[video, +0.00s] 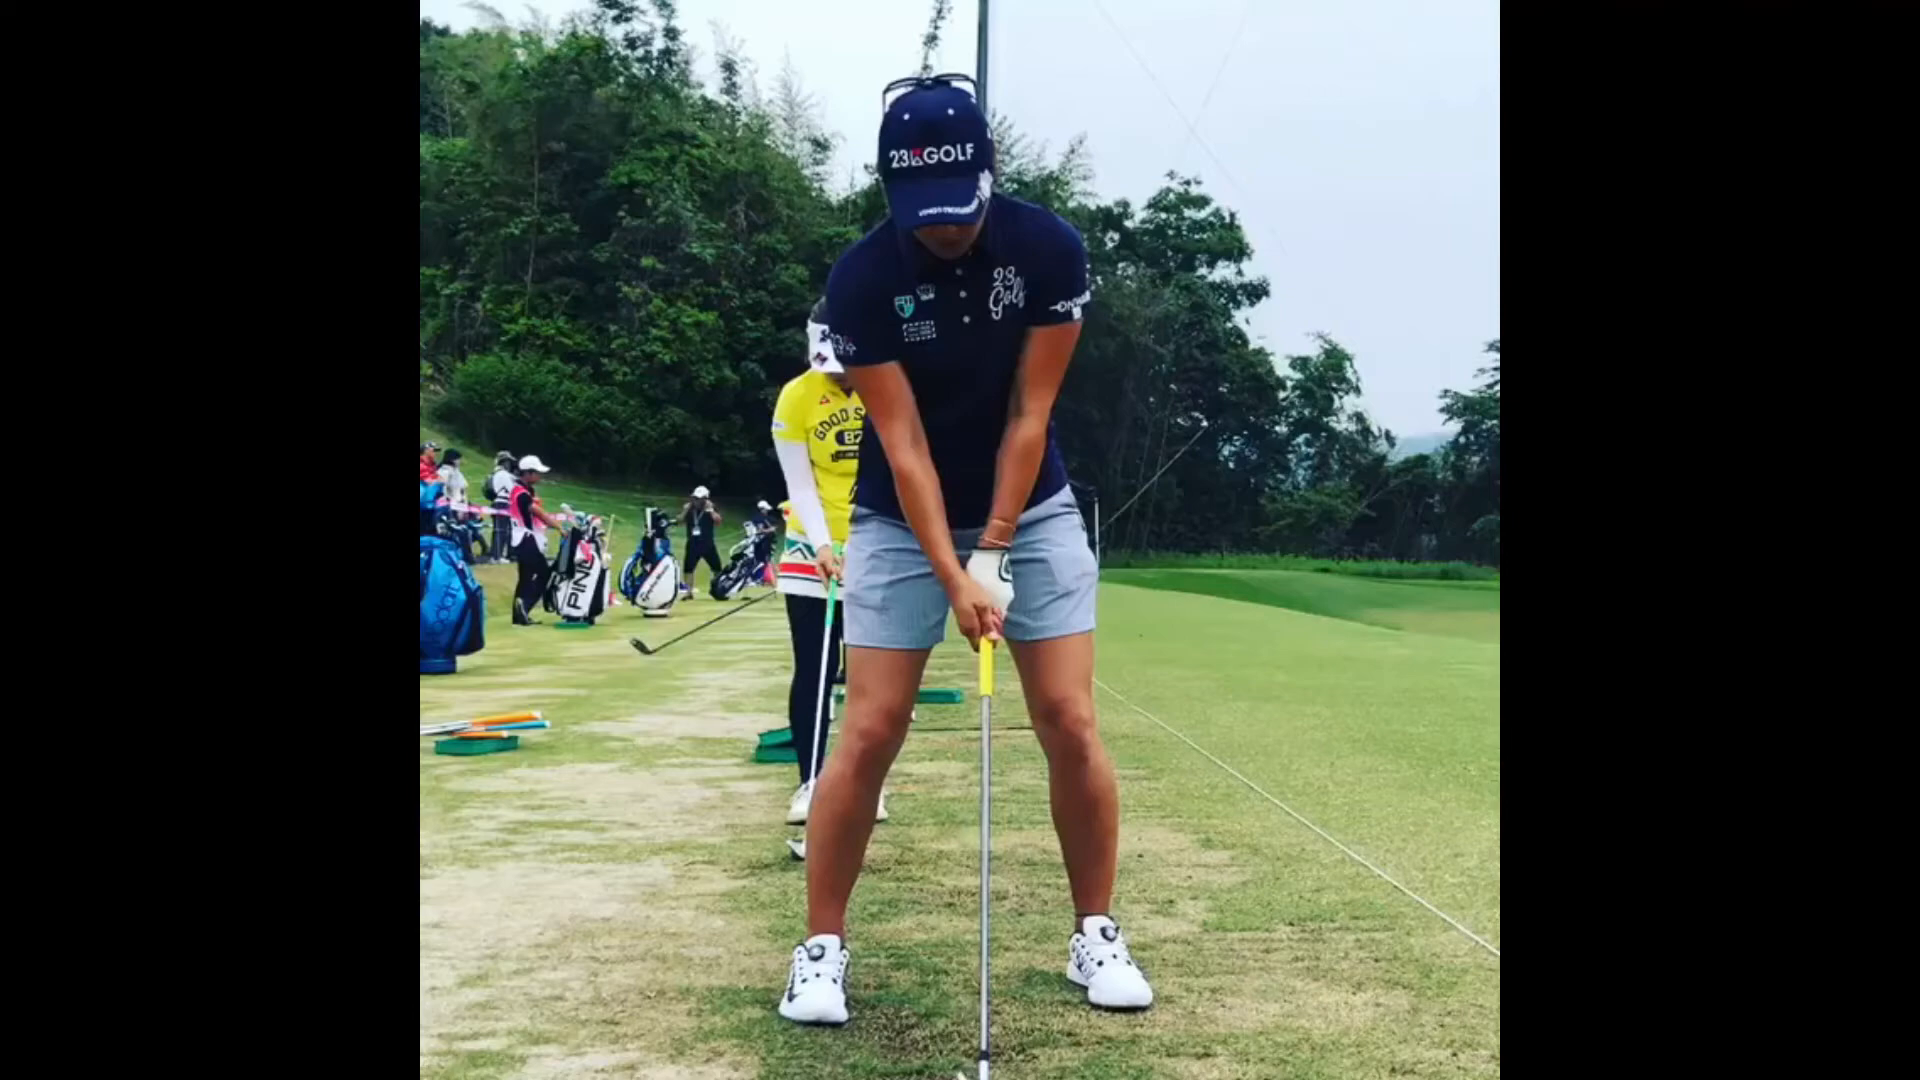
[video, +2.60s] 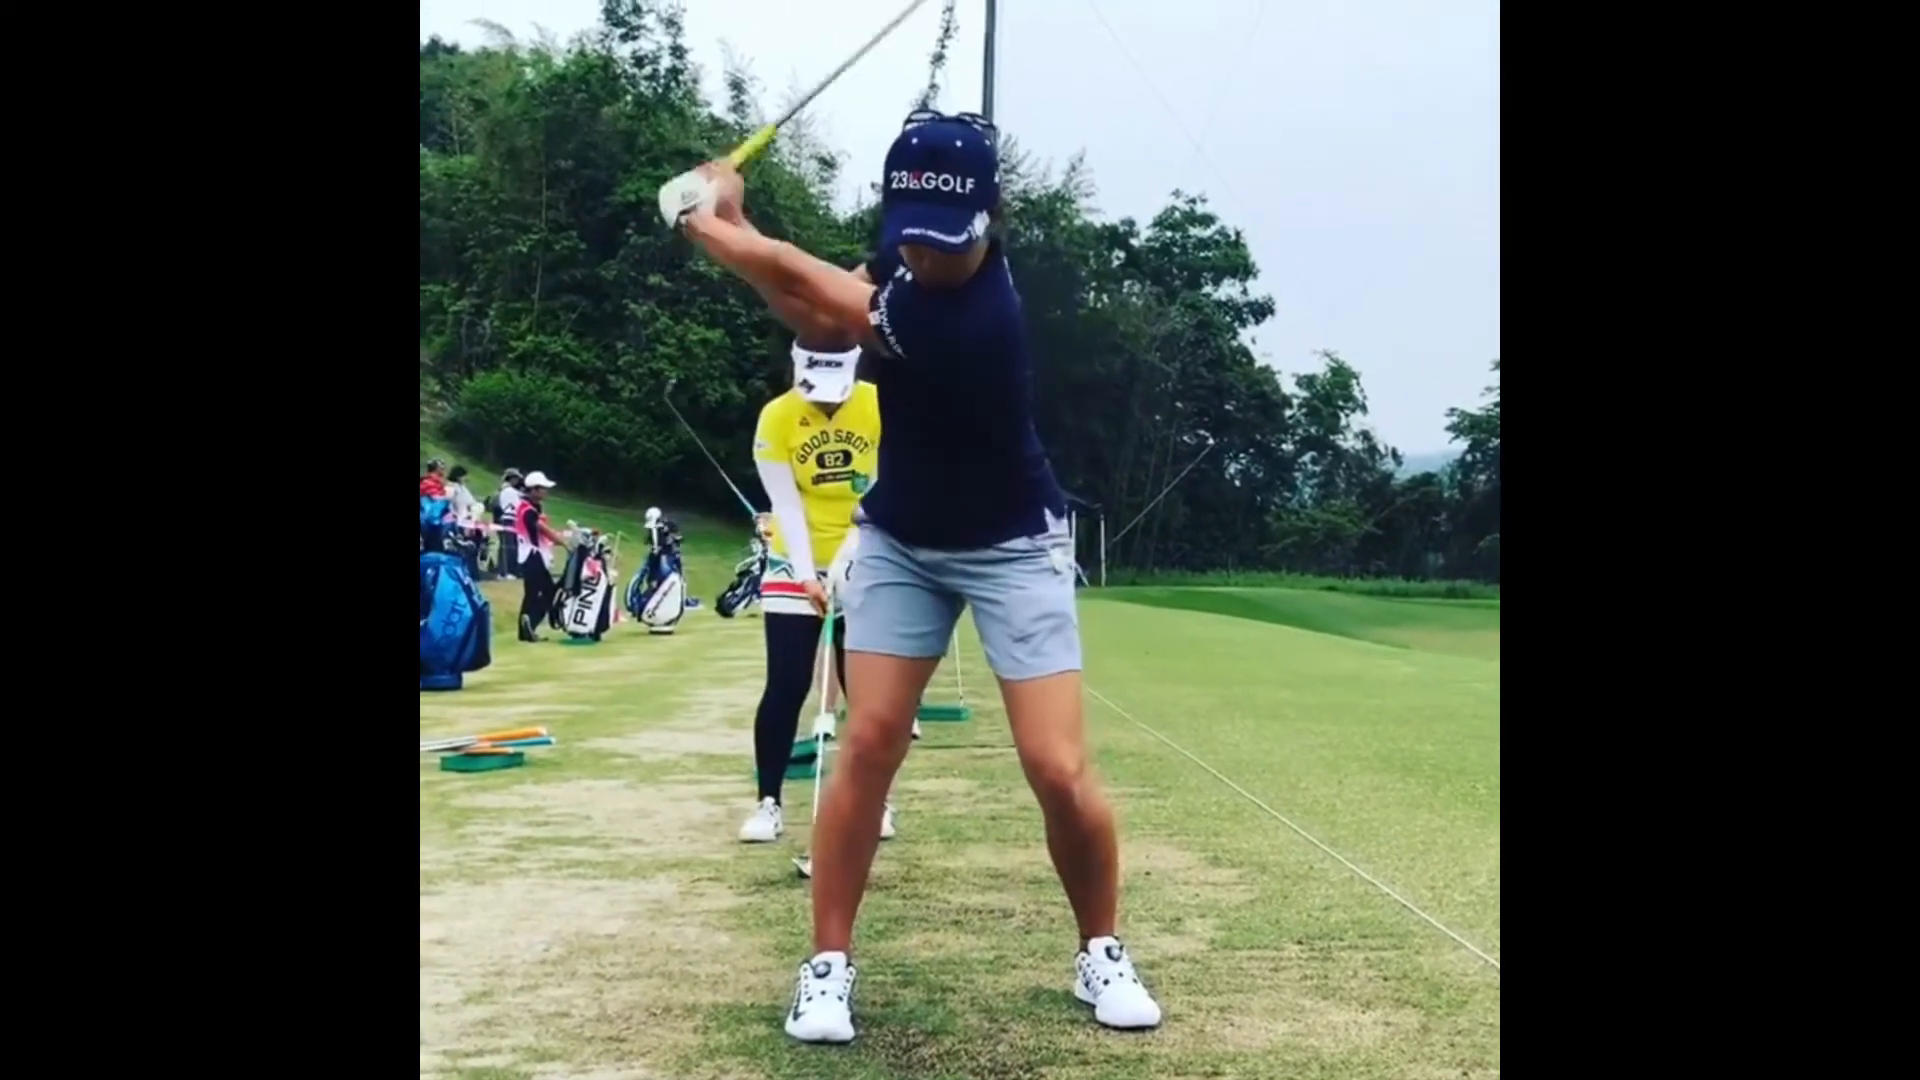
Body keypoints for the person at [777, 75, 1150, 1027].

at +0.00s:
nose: (946, 224)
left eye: (961, 203)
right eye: (926, 208)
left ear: (988, 174)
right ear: (894, 185)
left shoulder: (1046, 250)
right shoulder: (859, 283)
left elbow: (1031, 412)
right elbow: (902, 442)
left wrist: (991, 548)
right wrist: (950, 571)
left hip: (1029, 505)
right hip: (898, 513)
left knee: (1069, 721)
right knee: (872, 727)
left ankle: (1097, 934)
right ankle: (822, 945)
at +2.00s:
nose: (936, 239)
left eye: (952, 217)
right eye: (917, 221)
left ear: (981, 188)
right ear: (885, 197)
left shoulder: (1038, 264)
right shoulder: (850, 297)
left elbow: (1016, 426)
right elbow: (905, 467)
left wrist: (995, 570)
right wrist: (955, 598)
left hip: (1014, 512)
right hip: (885, 522)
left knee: (1064, 732)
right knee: (861, 734)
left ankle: (1095, 940)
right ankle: (820, 951)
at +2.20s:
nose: (941, 247)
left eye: (958, 226)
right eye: (922, 229)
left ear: (986, 203)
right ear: (892, 207)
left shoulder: (1032, 296)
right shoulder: (847, 292)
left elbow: (971, 457)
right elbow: (858, 450)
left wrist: (919, 600)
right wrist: (865, 602)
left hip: (1013, 530)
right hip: (891, 535)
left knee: (1066, 741)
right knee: (858, 743)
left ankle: (1100, 942)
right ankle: (825, 954)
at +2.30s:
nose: (941, 250)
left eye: (959, 232)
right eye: (924, 232)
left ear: (990, 207)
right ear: (893, 207)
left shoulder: (1016, 310)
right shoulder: (852, 278)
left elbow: (903, 465)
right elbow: (823, 426)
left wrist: (808, 582)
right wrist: (767, 563)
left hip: (1017, 536)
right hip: (894, 539)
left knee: (1068, 748)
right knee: (863, 736)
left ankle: (1101, 944)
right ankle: (826, 956)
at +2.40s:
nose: (939, 253)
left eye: (957, 234)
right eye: (921, 234)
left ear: (991, 212)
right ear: (896, 209)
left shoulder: (999, 322)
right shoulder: (875, 260)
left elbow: (833, 416)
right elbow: (797, 375)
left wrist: (698, 487)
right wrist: (685, 453)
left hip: (1017, 541)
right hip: (895, 541)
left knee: (1068, 757)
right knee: (867, 736)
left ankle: (1103, 946)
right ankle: (828, 958)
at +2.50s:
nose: (936, 255)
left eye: (957, 237)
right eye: (920, 235)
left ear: (993, 217)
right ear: (897, 211)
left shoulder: (981, 321)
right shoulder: (896, 250)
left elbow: (790, 344)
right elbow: (808, 332)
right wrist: (682, 325)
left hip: (1017, 545)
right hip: (898, 541)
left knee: (1064, 764)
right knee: (869, 733)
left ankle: (1103, 947)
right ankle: (828, 958)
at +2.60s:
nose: (930, 250)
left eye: (952, 233)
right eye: (915, 230)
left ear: (989, 217)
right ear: (891, 212)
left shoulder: (980, 314)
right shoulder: (899, 269)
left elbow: (823, 310)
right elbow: (818, 305)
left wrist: (719, 230)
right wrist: (736, 230)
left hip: (1016, 550)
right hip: (897, 544)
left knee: (1059, 771)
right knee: (871, 737)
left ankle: (1103, 950)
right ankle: (828, 962)